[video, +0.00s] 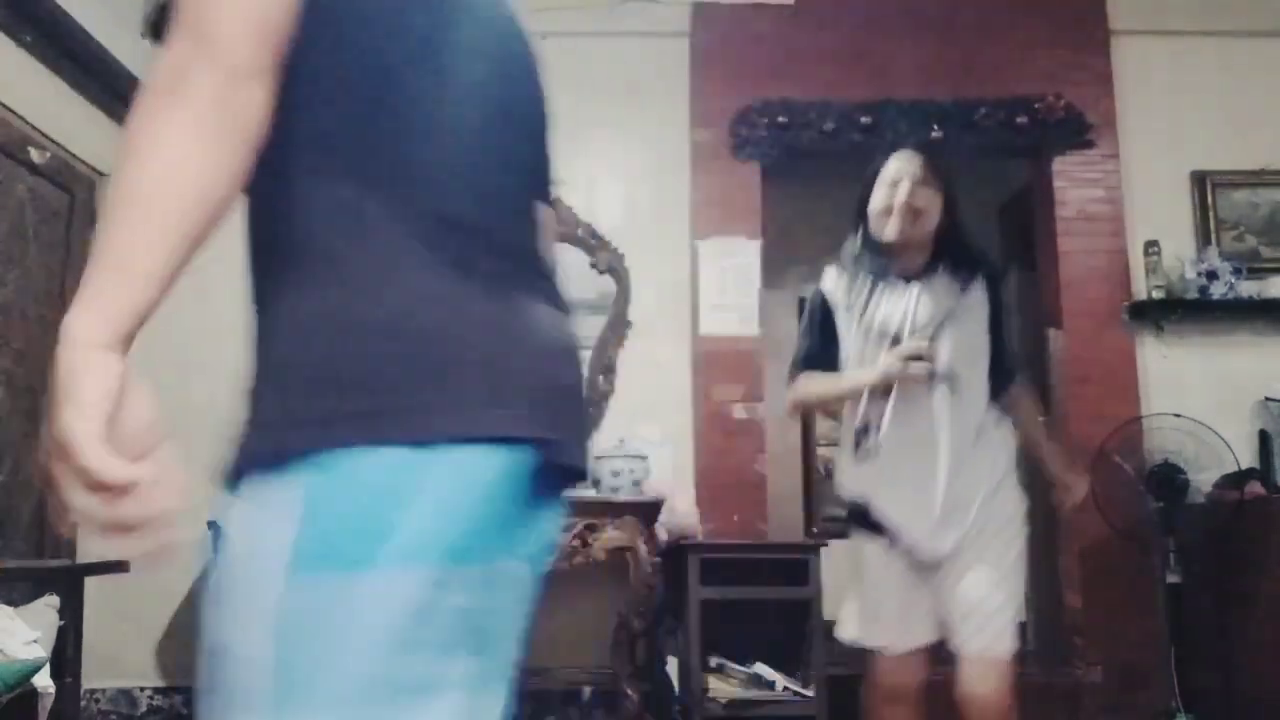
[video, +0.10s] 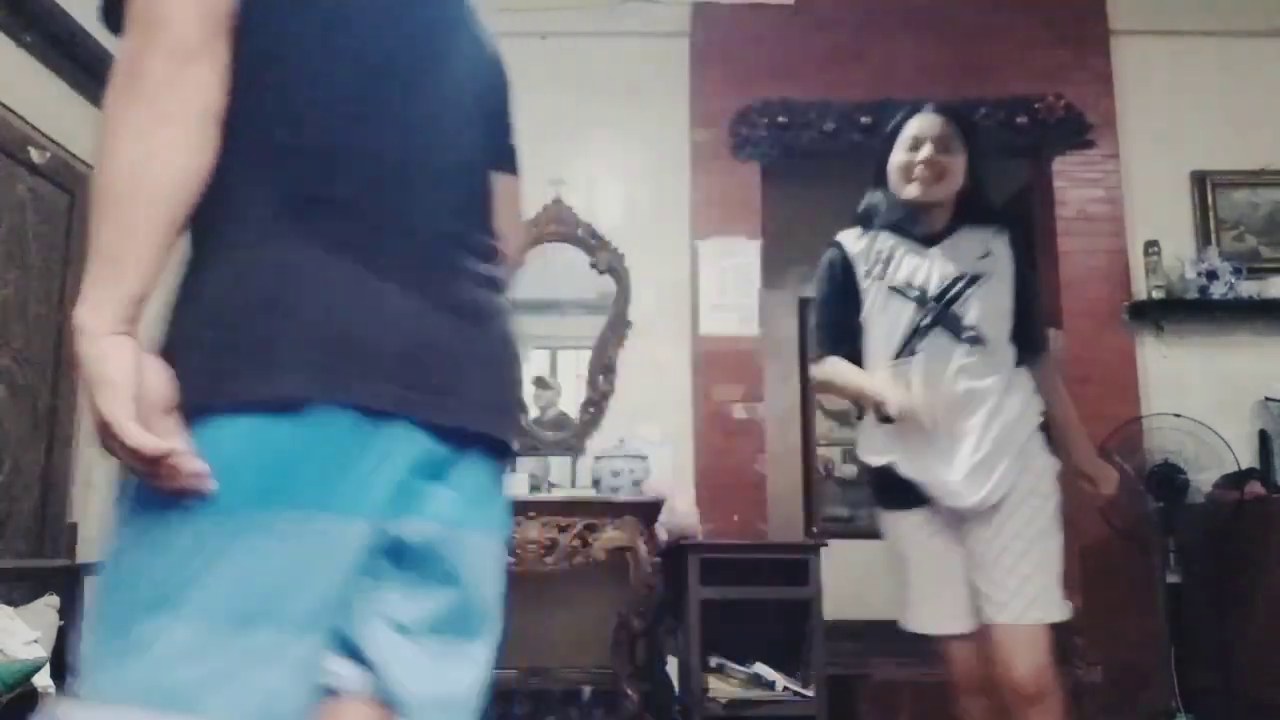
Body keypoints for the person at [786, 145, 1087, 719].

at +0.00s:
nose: (904, 201)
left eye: (921, 190)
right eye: (891, 187)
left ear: (943, 207)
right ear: (870, 200)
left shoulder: (982, 284)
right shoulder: (838, 286)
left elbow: (1010, 385)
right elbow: (800, 392)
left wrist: (1055, 461)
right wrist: (876, 376)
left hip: (981, 510)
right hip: (885, 512)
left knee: (987, 693)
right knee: (896, 685)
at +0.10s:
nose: (927, 156)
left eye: (943, 146)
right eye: (914, 144)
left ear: (967, 165)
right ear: (890, 160)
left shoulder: (1002, 245)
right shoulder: (853, 254)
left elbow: (1038, 359)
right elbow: (824, 364)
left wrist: (1083, 455)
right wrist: (878, 388)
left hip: (1012, 475)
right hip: (914, 486)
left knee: (1028, 676)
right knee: (969, 681)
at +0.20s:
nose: (945, 164)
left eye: (964, 152)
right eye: (929, 151)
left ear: (990, 175)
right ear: (904, 170)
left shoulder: (1026, 251)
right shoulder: (876, 262)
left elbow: (1054, 371)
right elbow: (857, 384)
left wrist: (1092, 482)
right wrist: (901, 479)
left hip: (1052, 480)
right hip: (956, 493)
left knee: (1086, 686)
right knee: (1033, 695)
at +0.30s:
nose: (957, 187)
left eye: (977, 173)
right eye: (939, 174)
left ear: (1002, 197)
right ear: (912, 198)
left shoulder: (1049, 288)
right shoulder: (885, 306)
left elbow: (1090, 405)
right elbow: (886, 446)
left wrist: (1117, 486)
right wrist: (896, 574)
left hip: (1096, 515)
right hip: (987, 548)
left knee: (1142, 706)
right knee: (1044, 712)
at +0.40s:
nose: (949, 150)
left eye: (970, 133)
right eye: (930, 136)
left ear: (1001, 153)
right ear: (904, 159)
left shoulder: (1058, 244)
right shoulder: (883, 272)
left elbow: (1117, 372)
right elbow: (880, 418)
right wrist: (898, 553)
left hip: (1117, 521)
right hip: (997, 549)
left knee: (1169, 705)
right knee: (1069, 713)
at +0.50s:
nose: (926, 95)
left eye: (947, 75)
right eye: (905, 79)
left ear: (983, 93)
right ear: (878, 102)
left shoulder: (1046, 181)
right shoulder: (856, 222)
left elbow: (1142, 285)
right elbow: (842, 349)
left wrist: (1219, 263)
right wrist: (883, 461)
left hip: (1099, 495)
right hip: (966, 513)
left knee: (1156, 707)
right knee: (1027, 710)